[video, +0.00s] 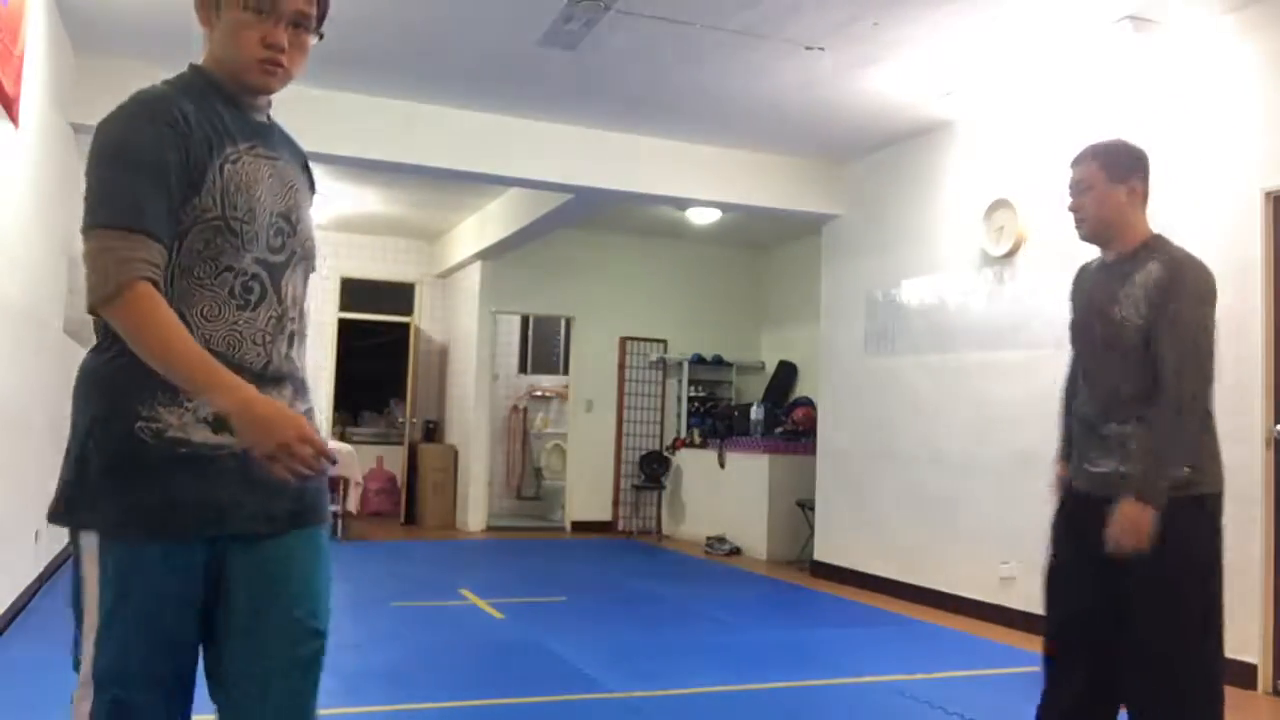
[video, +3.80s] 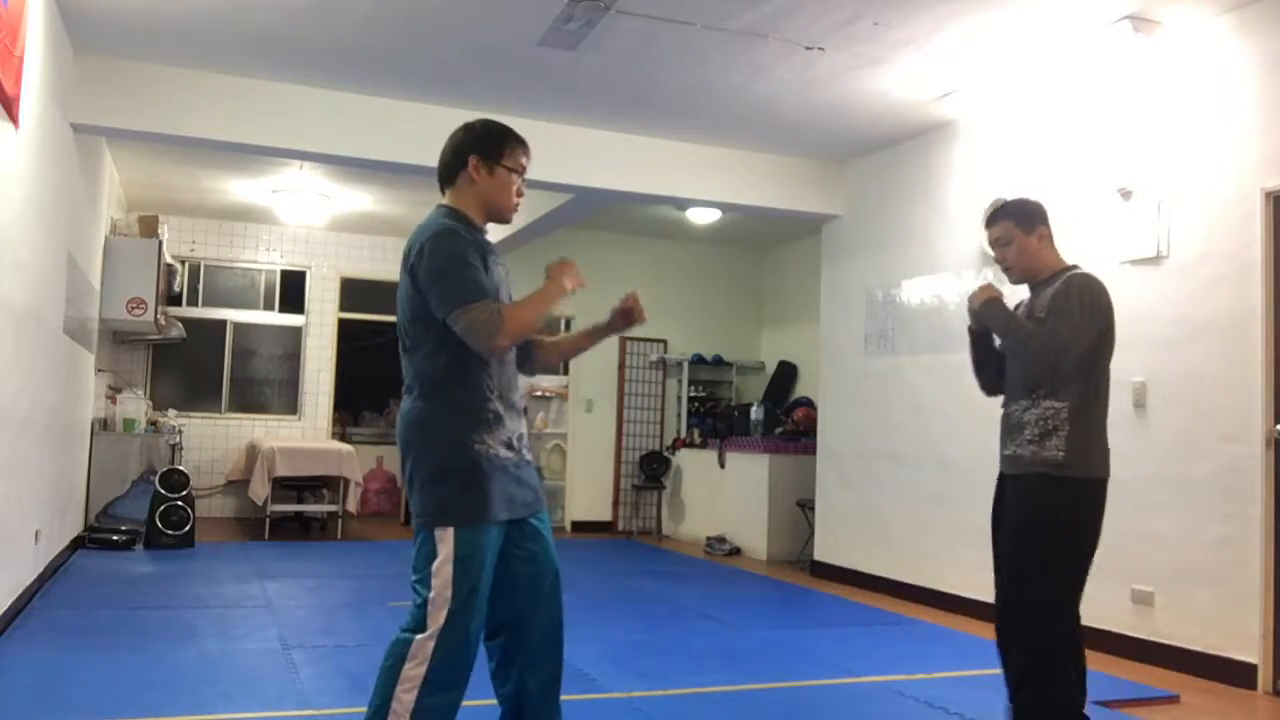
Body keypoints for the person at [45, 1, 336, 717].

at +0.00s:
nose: (280, 37)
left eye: (301, 25)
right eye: (260, 13)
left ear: (314, 44)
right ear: (208, 14)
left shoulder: (291, 157)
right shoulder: (150, 122)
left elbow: (273, 314)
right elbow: (121, 291)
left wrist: (291, 432)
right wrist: (248, 409)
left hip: (277, 489)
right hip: (149, 483)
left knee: (279, 706)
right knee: (132, 706)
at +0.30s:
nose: (309, 90)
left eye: (325, 79)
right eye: (289, 69)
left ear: (334, 95)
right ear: (242, 69)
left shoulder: (316, 201)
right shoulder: (197, 169)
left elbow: (330, 337)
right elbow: (152, 317)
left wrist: (370, 442)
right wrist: (261, 421)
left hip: (320, 498)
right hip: (213, 497)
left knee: (334, 698)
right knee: (186, 702)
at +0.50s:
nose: (353, 118)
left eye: (367, 107)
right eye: (336, 98)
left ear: (376, 122)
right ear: (290, 101)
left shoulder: (352, 219)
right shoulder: (257, 192)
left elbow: (376, 339)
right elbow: (238, 323)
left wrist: (464, 386)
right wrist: (368, 383)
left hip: (353, 478)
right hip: (265, 477)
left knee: (357, 672)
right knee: (220, 678)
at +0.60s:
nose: (363, 123)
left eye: (377, 112)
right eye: (347, 104)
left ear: (385, 124)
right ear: (299, 103)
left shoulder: (360, 221)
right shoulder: (269, 190)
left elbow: (387, 321)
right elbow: (280, 315)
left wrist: (468, 323)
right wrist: (417, 321)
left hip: (355, 464)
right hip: (274, 465)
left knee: (360, 656)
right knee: (230, 661)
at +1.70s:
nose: (420, 153)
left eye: (422, 140)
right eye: (411, 136)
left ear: (375, 136)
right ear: (366, 129)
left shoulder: (385, 230)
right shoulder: (322, 208)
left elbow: (450, 314)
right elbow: (385, 306)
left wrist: (523, 262)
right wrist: (463, 260)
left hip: (400, 445)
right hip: (333, 444)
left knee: (410, 622)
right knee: (338, 619)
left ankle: (397, 717)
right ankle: (279, 713)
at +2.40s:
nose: (462, 159)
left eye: (474, 147)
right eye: (446, 143)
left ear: (484, 158)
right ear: (411, 147)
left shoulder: (467, 247)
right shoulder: (381, 223)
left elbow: (484, 356)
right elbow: (370, 338)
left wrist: (564, 337)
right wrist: (488, 331)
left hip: (459, 475)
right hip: (386, 475)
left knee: (459, 651)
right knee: (359, 655)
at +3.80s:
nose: (522, 190)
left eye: (525, 179)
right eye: (515, 175)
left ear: (481, 175)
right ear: (474, 169)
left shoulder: (483, 253)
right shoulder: (443, 239)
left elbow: (526, 355)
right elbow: (488, 331)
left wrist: (606, 327)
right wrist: (552, 292)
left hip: (507, 461)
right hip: (456, 462)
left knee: (531, 617)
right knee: (442, 627)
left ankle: (532, 714)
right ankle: (396, 715)